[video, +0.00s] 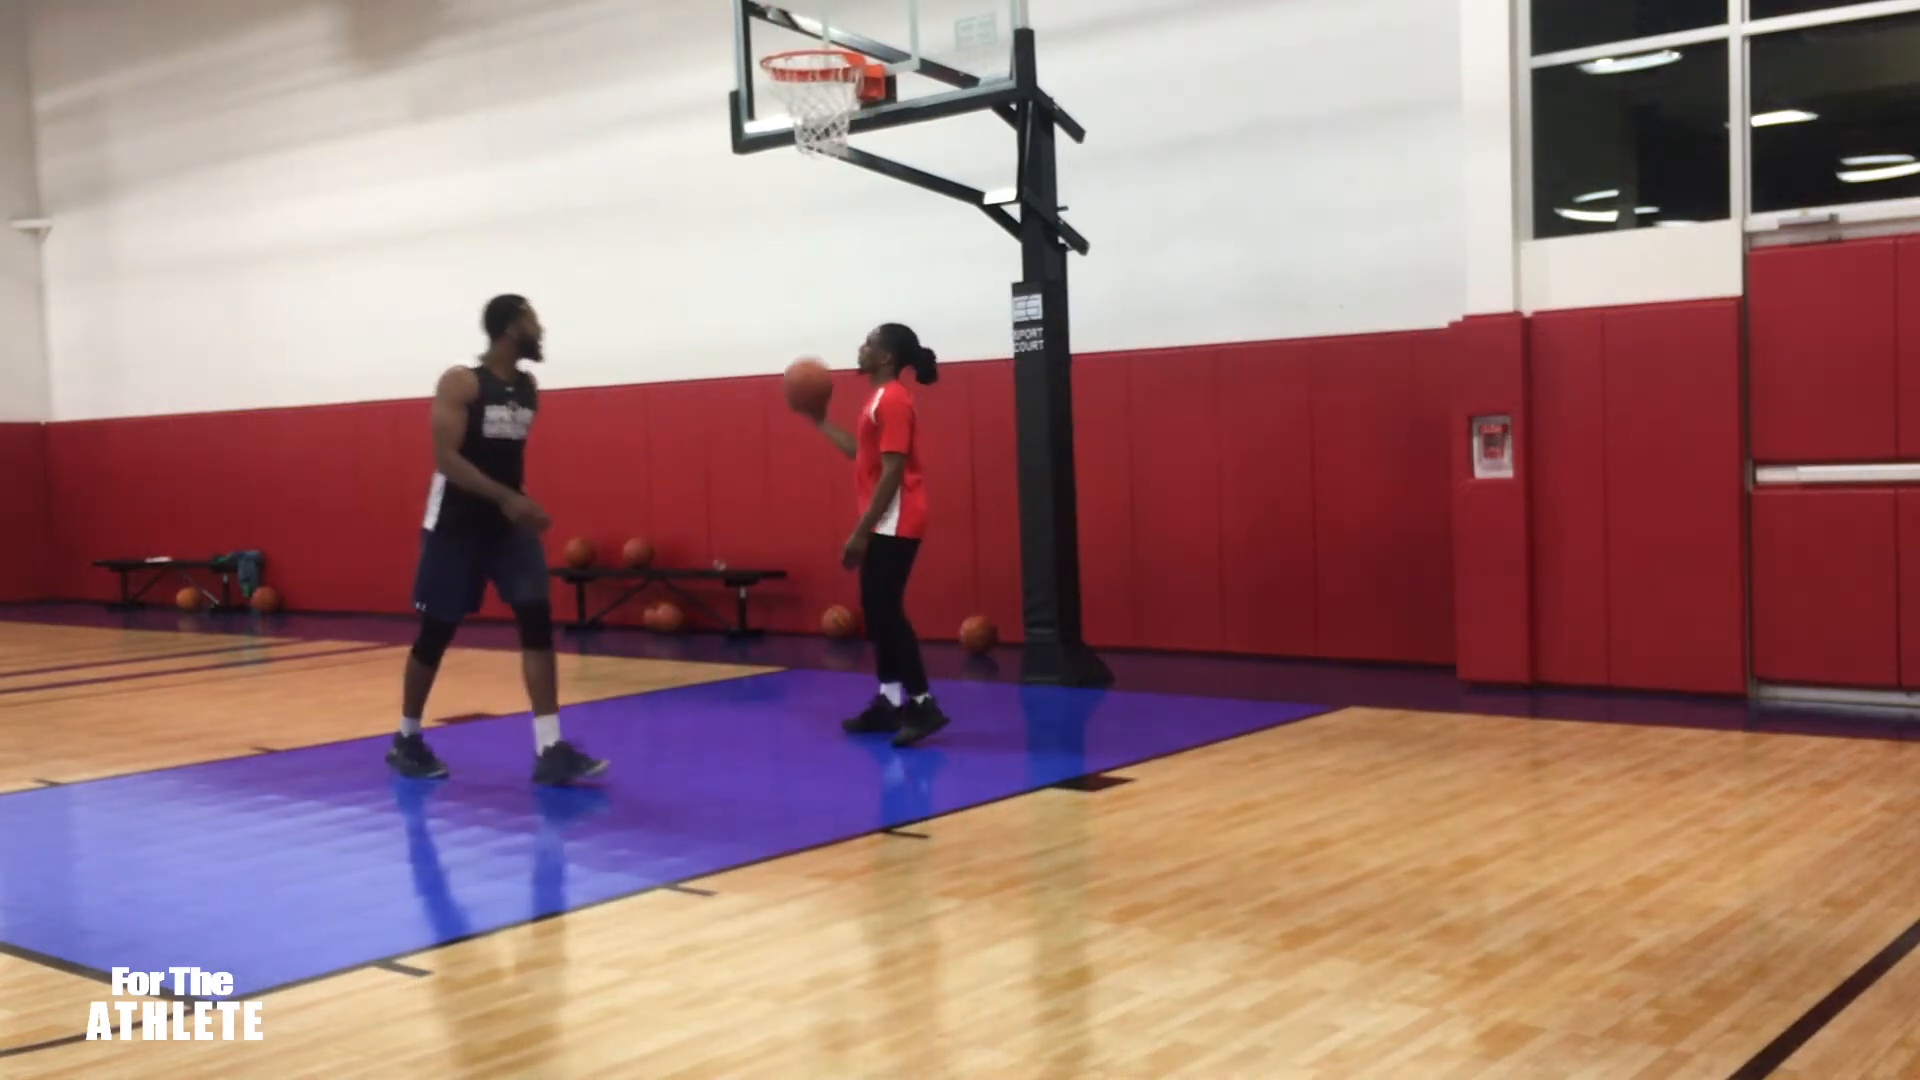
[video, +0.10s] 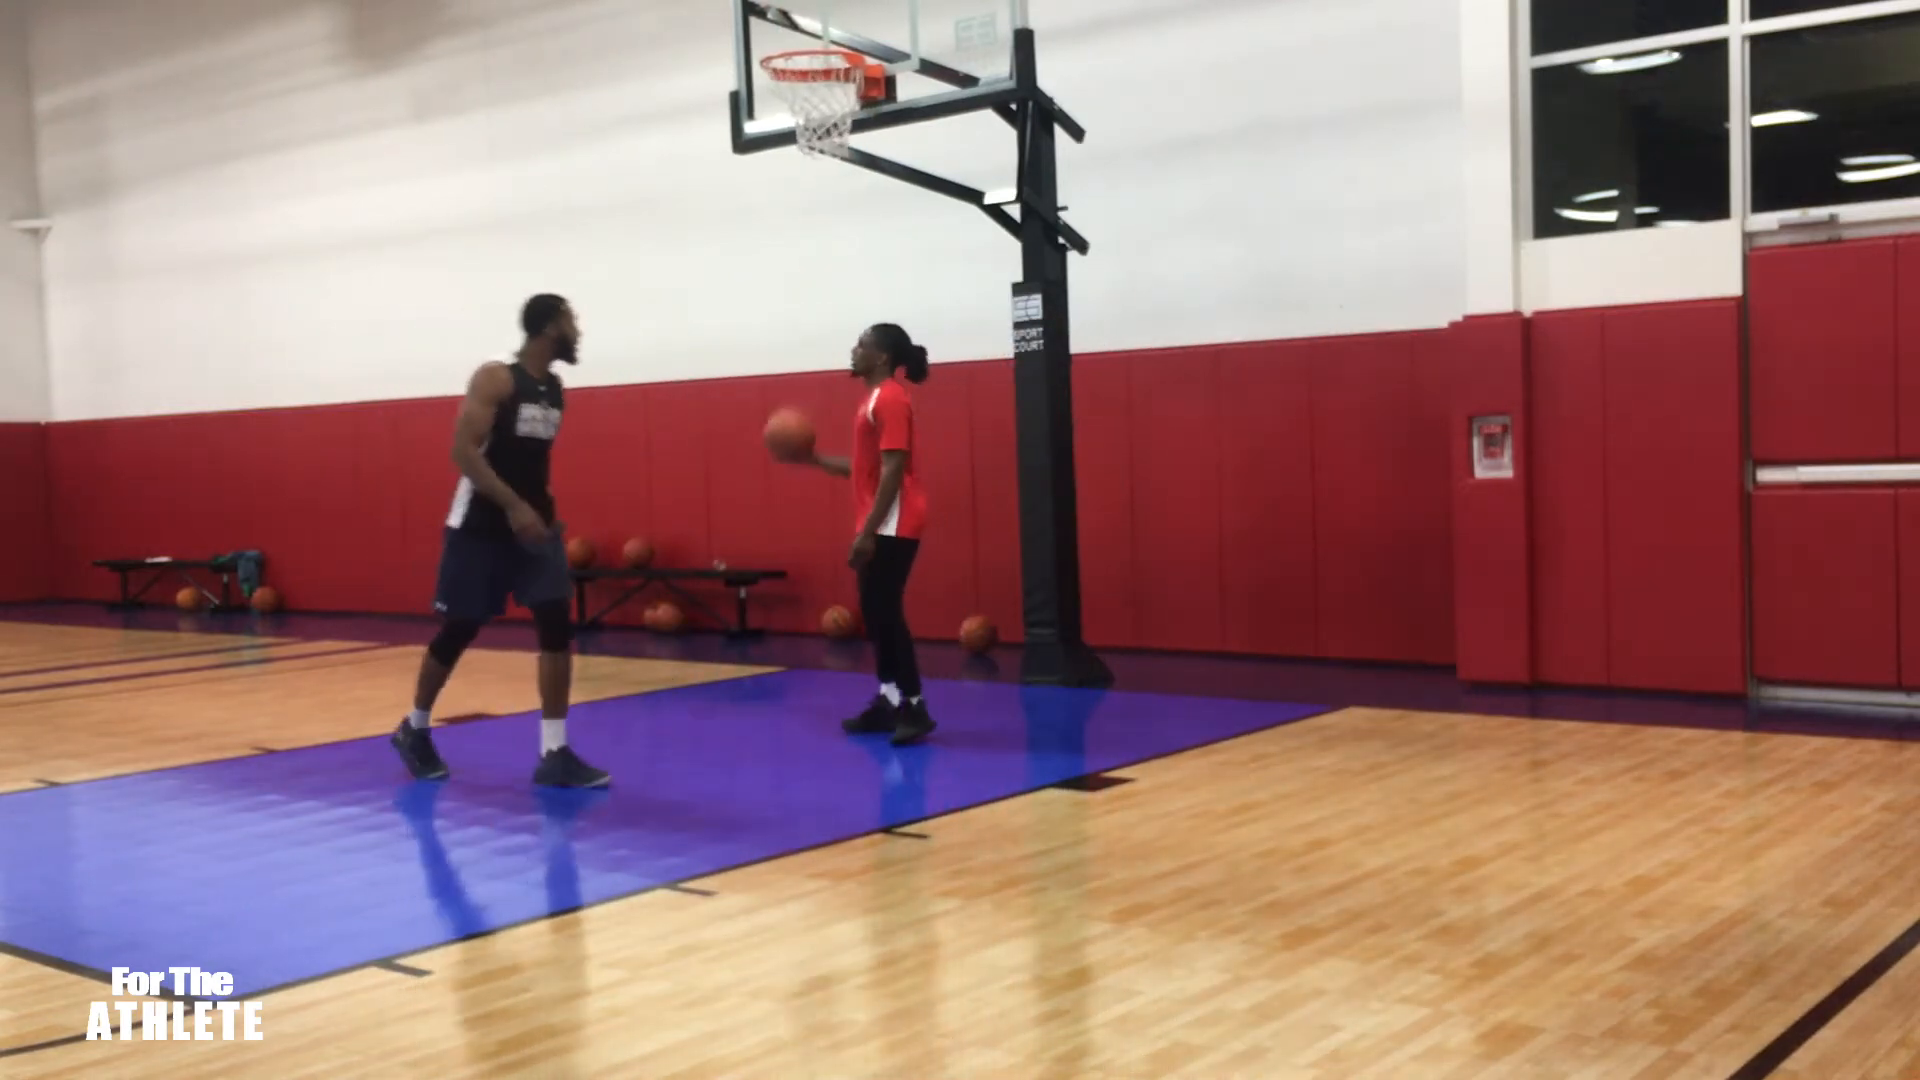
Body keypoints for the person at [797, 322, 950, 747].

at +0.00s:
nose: (860, 349)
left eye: (868, 344)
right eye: (864, 342)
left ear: (887, 357)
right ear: (884, 358)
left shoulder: (894, 399)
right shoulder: (877, 399)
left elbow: (893, 470)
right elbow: (858, 451)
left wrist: (862, 531)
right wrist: (819, 420)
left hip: (897, 522)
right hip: (882, 521)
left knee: (886, 609)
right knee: (878, 609)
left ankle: (922, 703)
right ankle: (890, 700)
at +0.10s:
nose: (853, 351)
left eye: (861, 346)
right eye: (856, 344)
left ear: (883, 357)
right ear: (878, 357)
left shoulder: (891, 398)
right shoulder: (874, 399)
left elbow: (893, 469)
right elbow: (865, 468)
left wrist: (868, 531)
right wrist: (812, 458)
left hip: (896, 525)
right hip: (880, 524)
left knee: (885, 610)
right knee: (875, 611)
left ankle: (913, 705)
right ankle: (888, 698)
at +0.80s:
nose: (872, 354)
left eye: (882, 348)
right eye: (873, 347)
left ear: (907, 355)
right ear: (882, 354)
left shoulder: (925, 400)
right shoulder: (874, 407)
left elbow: (939, 468)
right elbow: (872, 468)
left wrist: (928, 533)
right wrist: (826, 488)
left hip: (915, 533)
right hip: (879, 534)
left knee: (920, 621)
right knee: (884, 619)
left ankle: (927, 708)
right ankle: (889, 703)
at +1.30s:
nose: (924, 356)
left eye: (932, 350)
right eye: (918, 348)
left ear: (946, 355)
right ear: (906, 352)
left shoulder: (963, 407)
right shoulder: (889, 403)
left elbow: (982, 470)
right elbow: (872, 462)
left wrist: (985, 535)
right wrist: (869, 523)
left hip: (949, 533)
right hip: (898, 532)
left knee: (941, 628)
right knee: (896, 623)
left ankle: (933, 716)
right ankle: (894, 711)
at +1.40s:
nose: (932, 355)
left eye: (939, 346)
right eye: (924, 347)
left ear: (948, 352)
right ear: (911, 353)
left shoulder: (965, 407)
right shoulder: (900, 405)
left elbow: (984, 468)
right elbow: (886, 468)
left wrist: (991, 532)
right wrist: (887, 527)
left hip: (957, 530)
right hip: (911, 530)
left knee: (945, 623)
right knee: (906, 620)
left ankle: (932, 708)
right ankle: (904, 709)